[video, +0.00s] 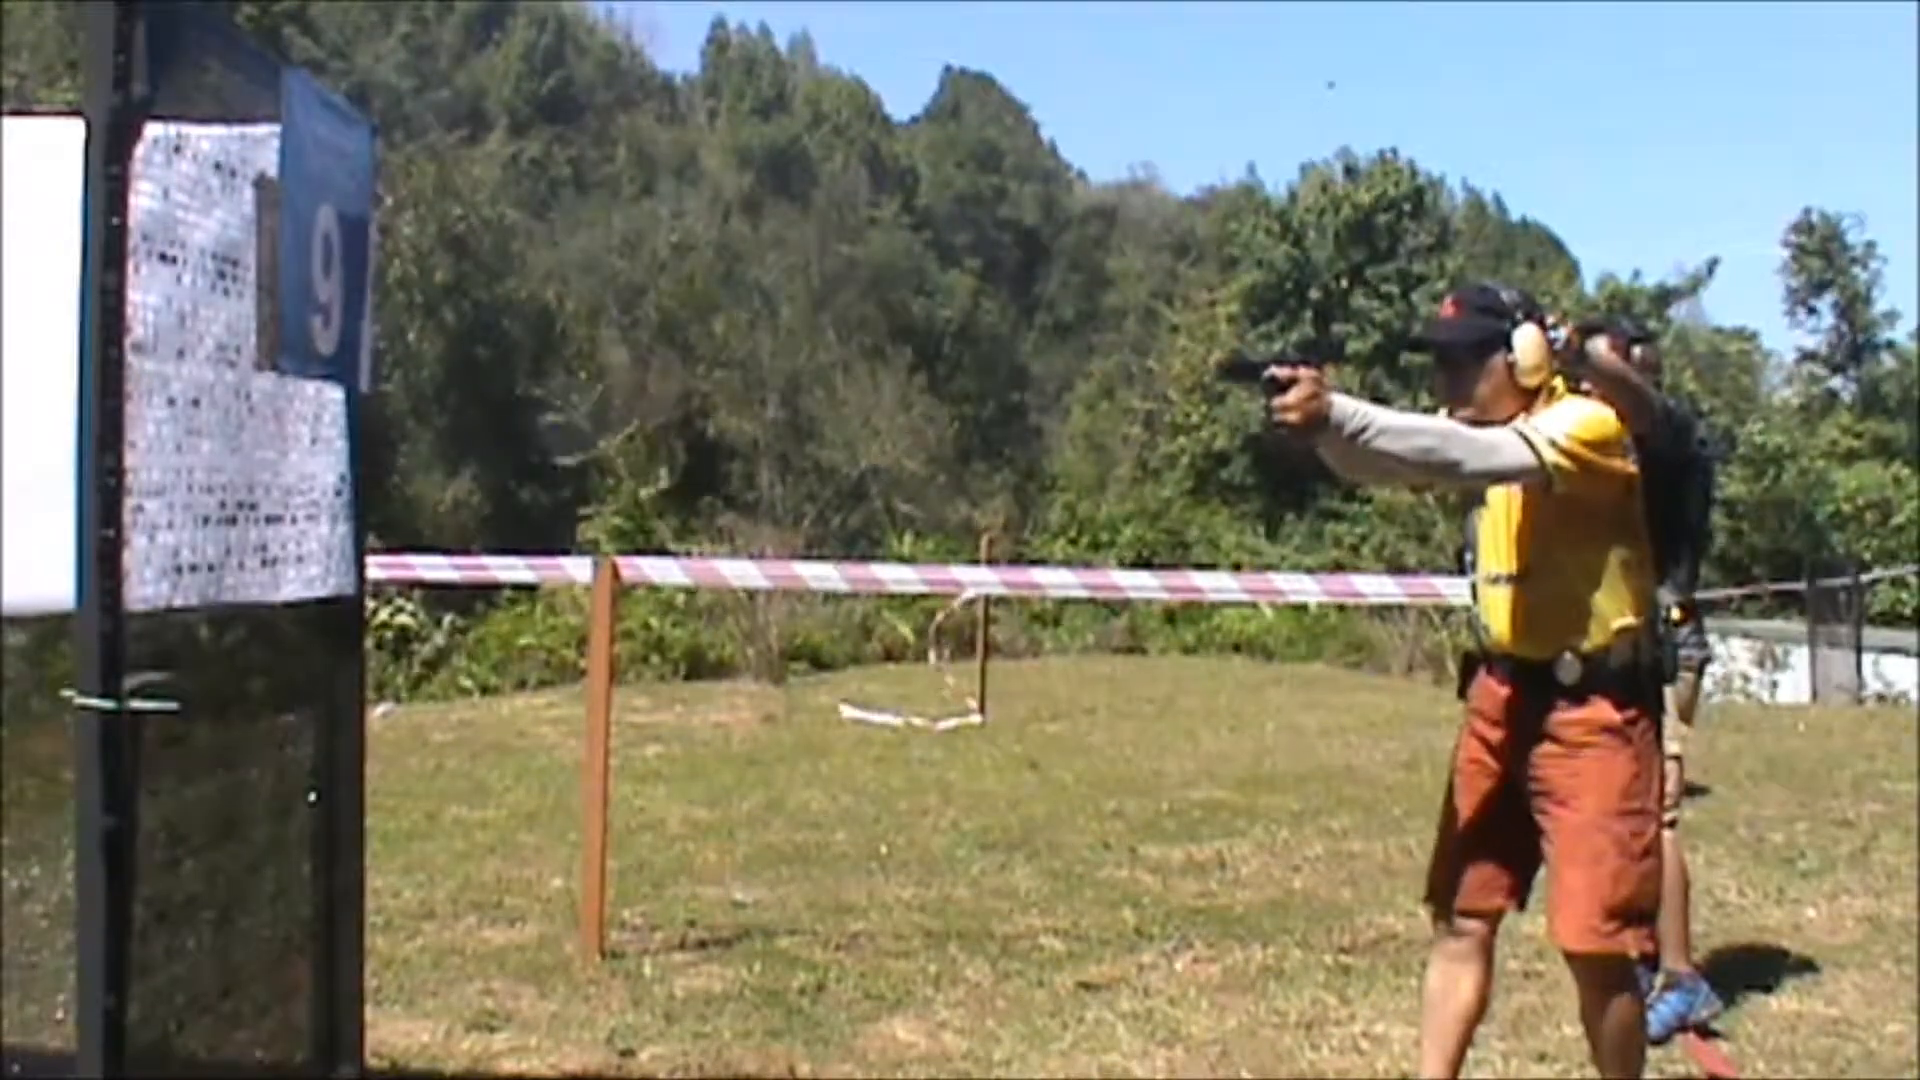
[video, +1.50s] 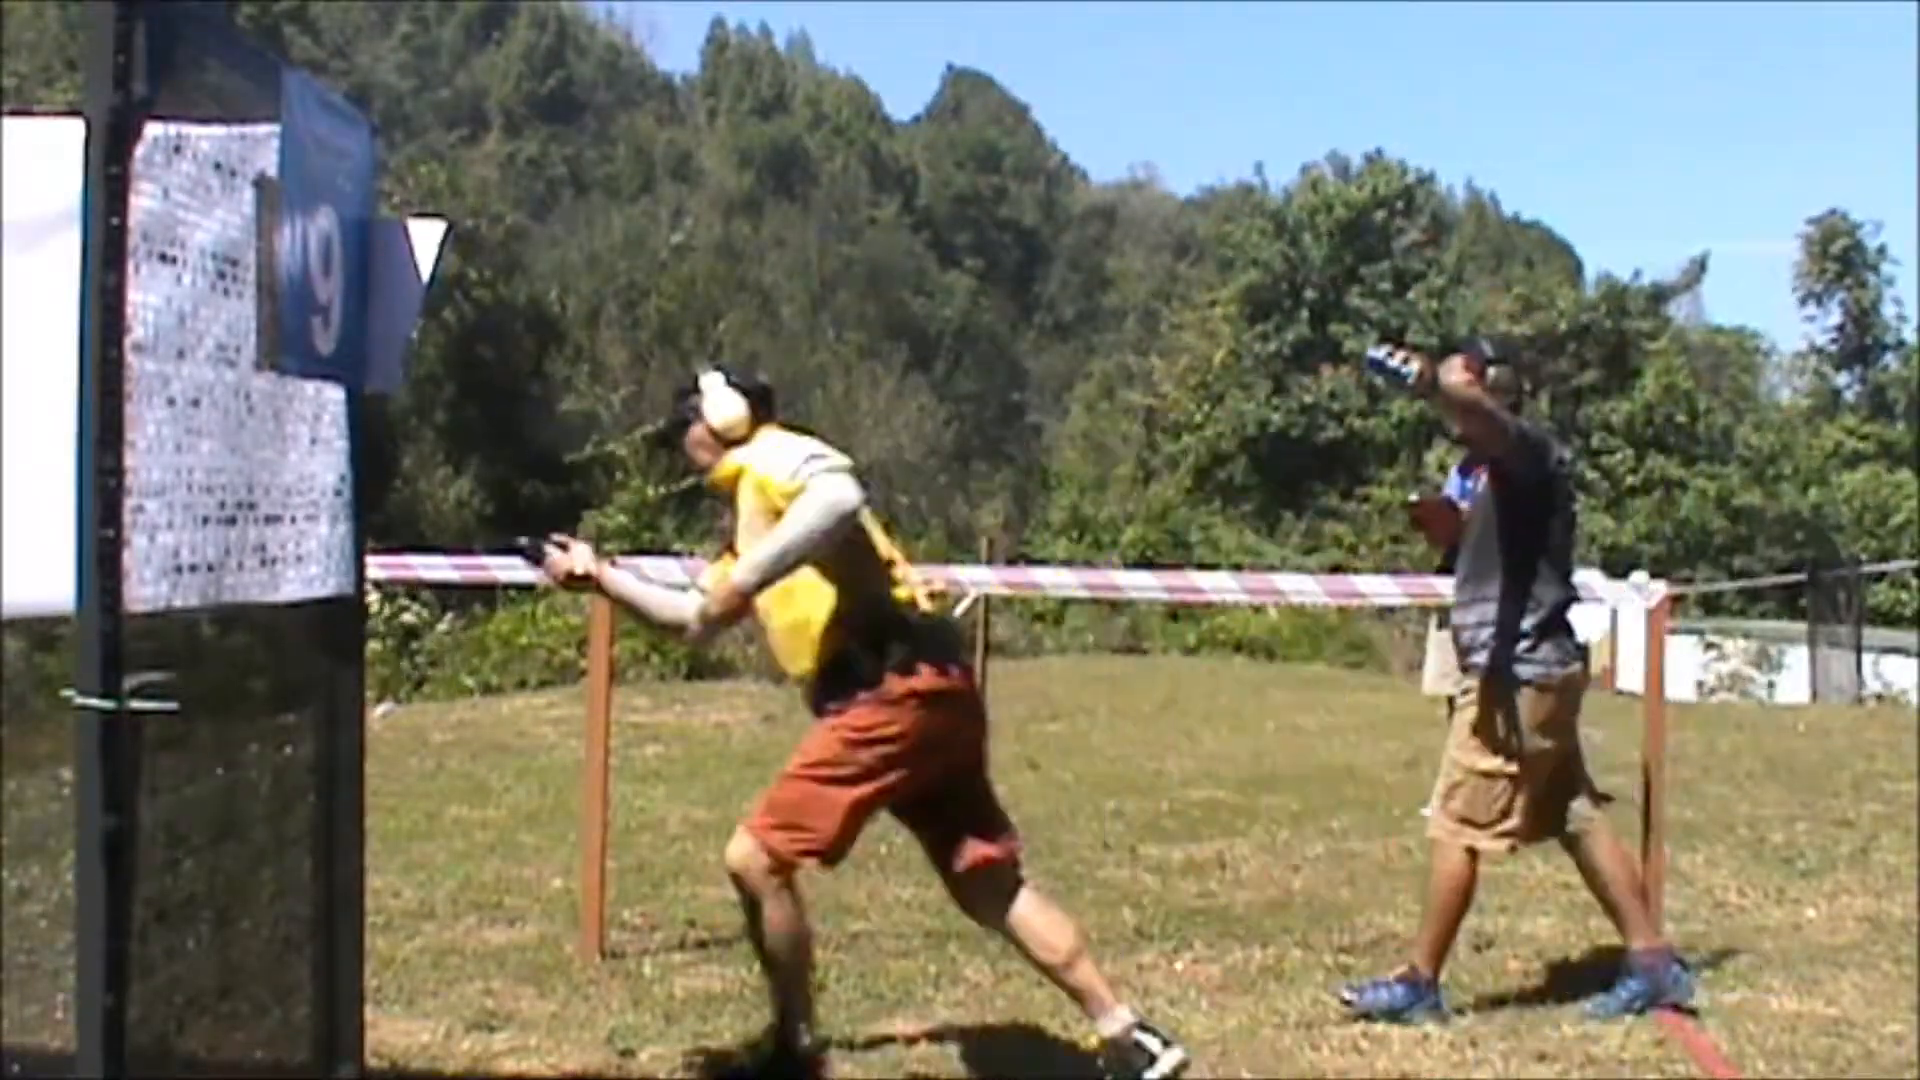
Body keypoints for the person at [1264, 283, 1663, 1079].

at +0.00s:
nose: (1449, 392)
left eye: (1462, 371)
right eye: (1443, 373)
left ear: (1513, 360)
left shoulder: (1589, 425)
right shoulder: (1490, 435)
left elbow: (1472, 453)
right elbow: (1400, 467)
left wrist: (1338, 410)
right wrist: (1319, 427)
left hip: (1598, 709)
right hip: (1502, 698)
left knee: (1595, 942)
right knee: (1463, 917)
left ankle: (1623, 1072)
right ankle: (1433, 1072)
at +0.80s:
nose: (1411, 417)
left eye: (1423, 405)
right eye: (1413, 404)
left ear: (1469, 421)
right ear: (1457, 423)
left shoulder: (1549, 486)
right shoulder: (1420, 481)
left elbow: (1455, 576)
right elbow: (1322, 565)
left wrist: (1321, 516)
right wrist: (1291, 508)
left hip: (1557, 751)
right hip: (1457, 734)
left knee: (1562, 962)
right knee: (1355, 896)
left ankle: (1609, 1073)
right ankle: (1355, 1066)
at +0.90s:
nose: (1389, 469)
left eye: (1402, 461)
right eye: (1394, 457)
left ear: (1441, 475)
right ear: (1423, 468)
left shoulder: (1523, 526)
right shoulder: (1394, 515)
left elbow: (1420, 618)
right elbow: (1297, 605)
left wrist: (1277, 570)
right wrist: (1247, 581)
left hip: (1535, 773)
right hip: (1433, 757)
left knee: (1548, 972)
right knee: (1311, 901)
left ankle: (1606, 1073)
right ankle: (1294, 1062)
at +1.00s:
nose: (1296, 509)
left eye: (1304, 495)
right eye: (1297, 495)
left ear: (1343, 502)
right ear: (1322, 507)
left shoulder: (1426, 544)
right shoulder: (1315, 564)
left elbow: (1422, 644)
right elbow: (1244, 633)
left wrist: (1314, 680)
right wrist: (1162, 620)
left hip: (1473, 796)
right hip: (1374, 785)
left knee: (1501, 990)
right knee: (1244, 904)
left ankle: (1590, 1072)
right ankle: (1201, 1064)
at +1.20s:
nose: (1035, 484)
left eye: (1046, 470)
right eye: (1037, 472)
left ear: (1081, 475)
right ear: (1082, 480)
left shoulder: (1119, 515)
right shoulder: (1097, 562)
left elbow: (1203, 560)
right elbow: (1053, 659)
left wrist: (1222, 683)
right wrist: (952, 623)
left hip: (1285, 761)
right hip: (1213, 779)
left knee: (1393, 954)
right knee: (1116, 901)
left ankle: (1529, 1070)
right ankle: (1173, 1067)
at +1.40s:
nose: (793, 475)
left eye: (800, 460)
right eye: (793, 464)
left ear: (832, 464)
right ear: (824, 482)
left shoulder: (878, 483)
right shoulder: (855, 575)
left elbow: (957, 470)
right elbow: (792, 646)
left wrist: (897, 569)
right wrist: (693, 602)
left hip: (1033, 703)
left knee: (899, 894)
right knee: (1033, 917)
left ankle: (1065, 1007)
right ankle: (1143, 1050)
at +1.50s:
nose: (684, 435)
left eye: (693, 420)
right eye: (684, 423)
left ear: (728, 418)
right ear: (731, 423)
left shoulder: (771, 451)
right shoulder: (749, 502)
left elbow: (838, 497)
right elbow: (697, 615)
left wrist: (738, 585)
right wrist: (598, 573)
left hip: (902, 686)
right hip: (917, 689)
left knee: (756, 859)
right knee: (993, 884)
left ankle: (794, 1049)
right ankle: (1126, 1034)